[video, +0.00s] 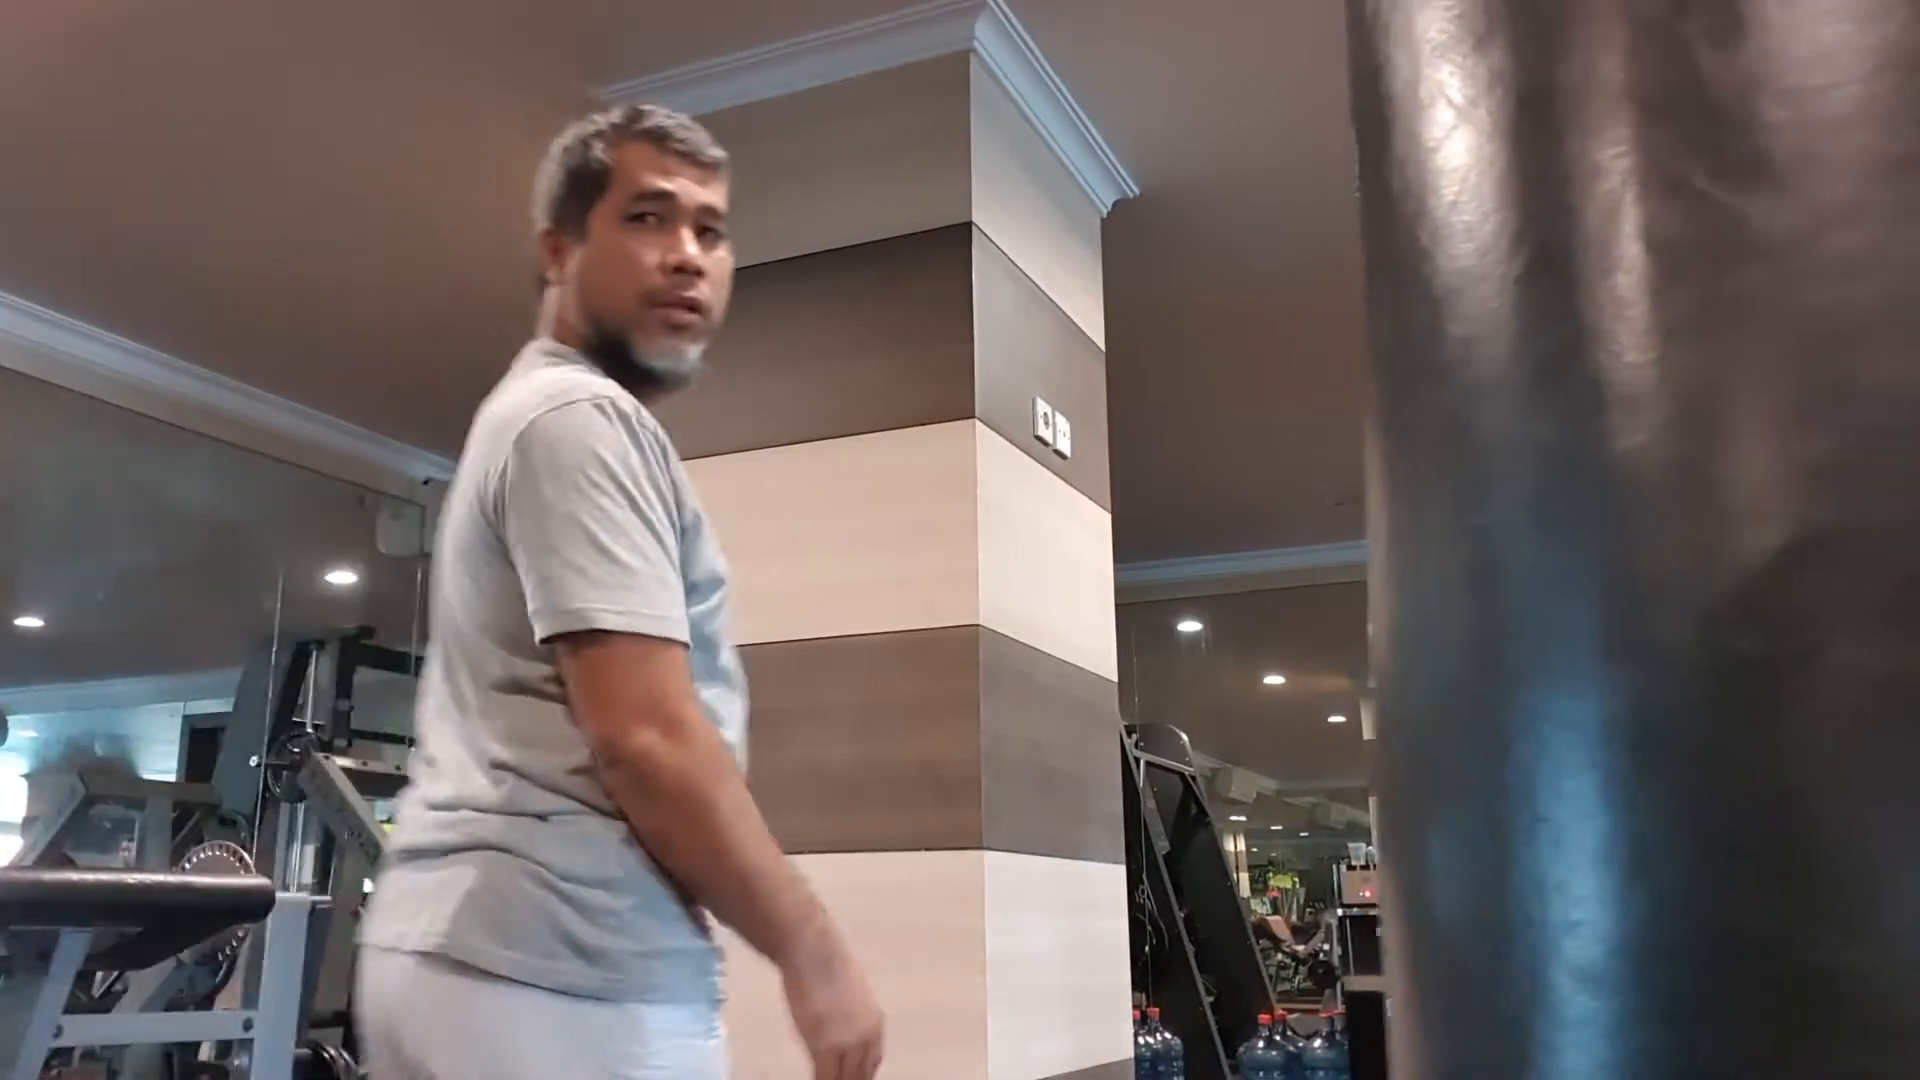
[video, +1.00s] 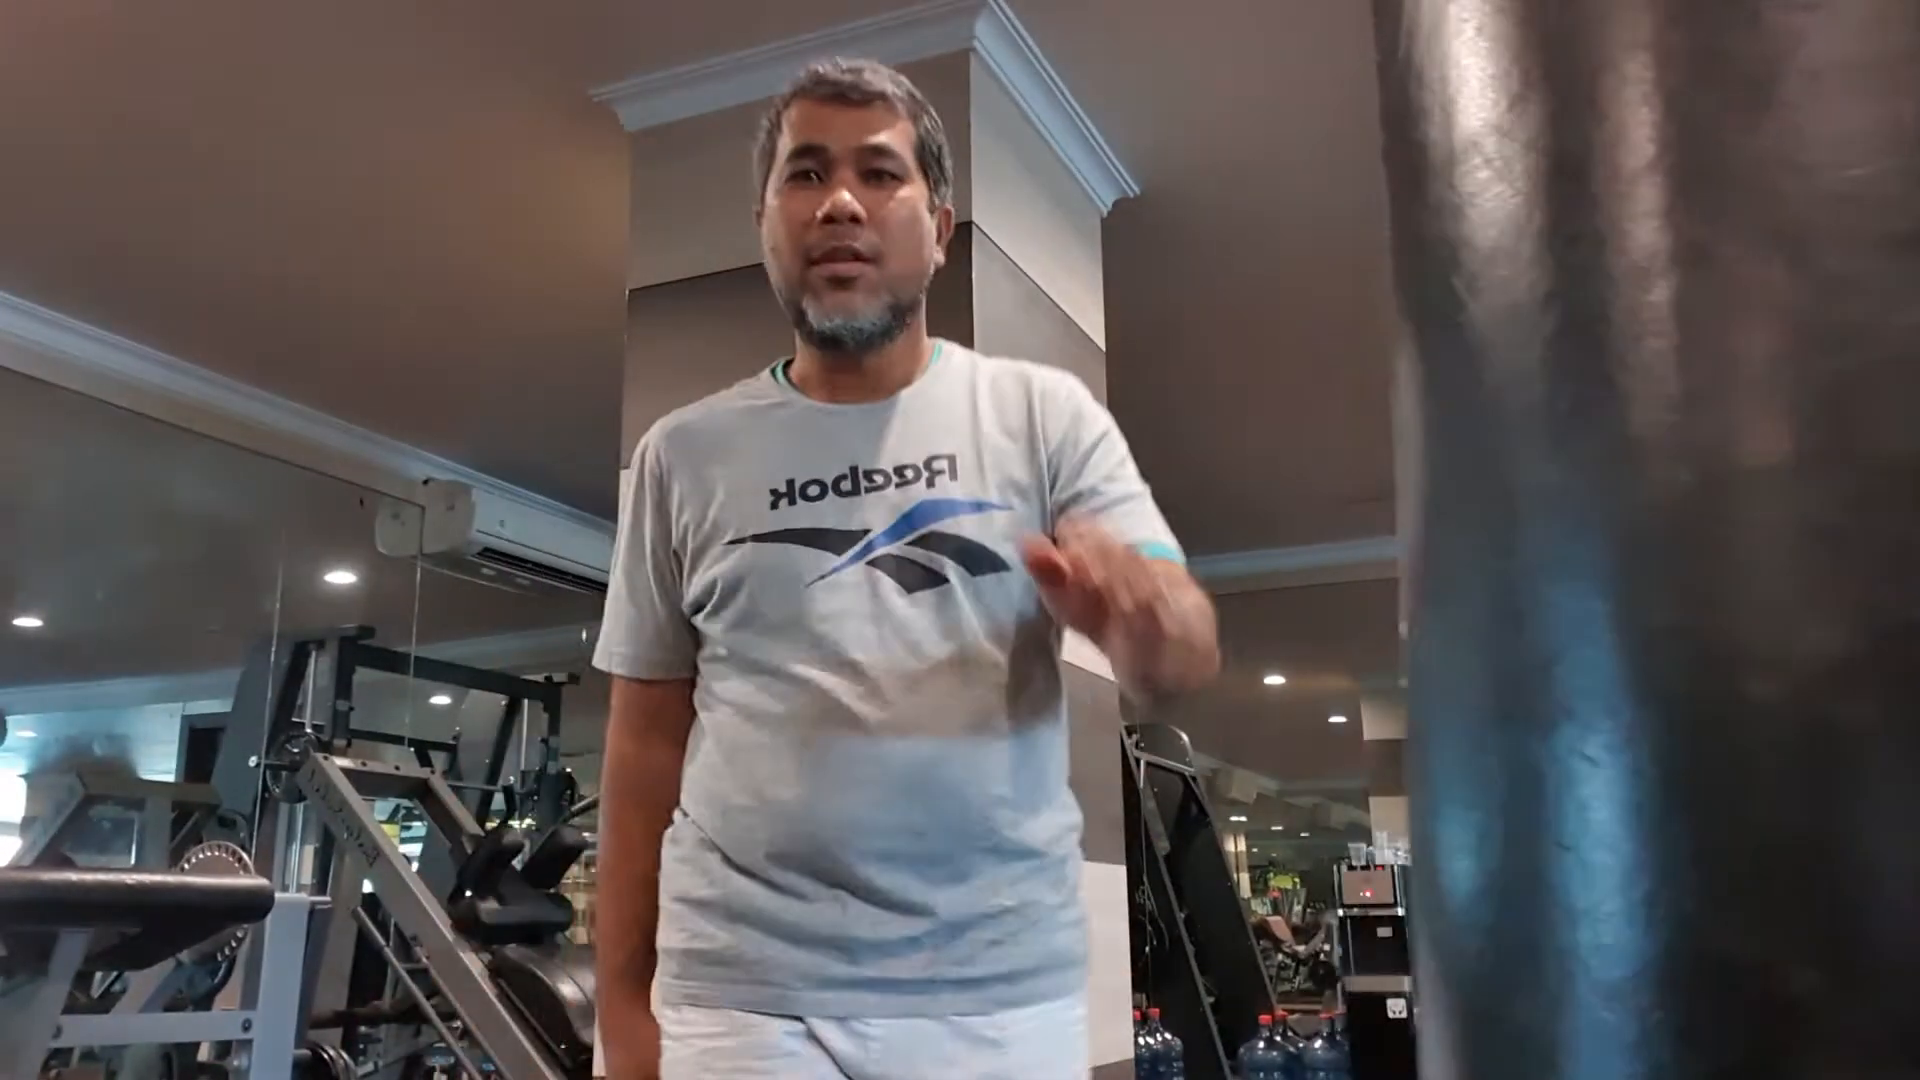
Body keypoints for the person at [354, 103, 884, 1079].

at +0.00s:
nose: (690, 258)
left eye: (710, 230)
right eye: (648, 219)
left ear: (729, 260)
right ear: (560, 249)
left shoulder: (534, 410)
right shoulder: (578, 419)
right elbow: (645, 742)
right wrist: (815, 956)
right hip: (561, 982)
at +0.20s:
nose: (735, 242)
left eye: (764, 218)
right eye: (696, 209)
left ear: (792, 253)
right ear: (628, 243)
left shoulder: (724, 442)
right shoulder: (591, 409)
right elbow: (597, 700)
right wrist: (774, 946)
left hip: (705, 960)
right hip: (594, 964)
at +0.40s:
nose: (790, 258)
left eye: (822, 235)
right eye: (757, 228)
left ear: (864, 280)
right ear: (700, 267)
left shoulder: (866, 484)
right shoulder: (626, 433)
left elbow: (887, 718)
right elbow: (546, 692)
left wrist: (979, 915)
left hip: (838, 974)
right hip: (673, 974)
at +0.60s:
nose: (835, 259)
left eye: (871, 235)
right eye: (802, 231)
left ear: (919, 280)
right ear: (753, 272)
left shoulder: (963, 497)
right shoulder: (665, 454)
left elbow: (1030, 719)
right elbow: (547, 703)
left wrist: (1146, 879)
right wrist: (436, 959)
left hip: (910, 958)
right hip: (714, 937)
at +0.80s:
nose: (854, 235)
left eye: (889, 207)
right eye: (820, 207)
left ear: (943, 256)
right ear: (776, 252)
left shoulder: (1031, 458)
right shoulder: (682, 459)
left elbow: (1119, 650)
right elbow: (610, 726)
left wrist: (1165, 725)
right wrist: (555, 988)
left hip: (957, 971)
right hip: (726, 961)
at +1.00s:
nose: (839, 202)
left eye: (879, 174)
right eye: (805, 173)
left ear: (941, 228)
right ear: (764, 225)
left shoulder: (1046, 416)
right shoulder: (681, 458)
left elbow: (1189, 664)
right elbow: (646, 733)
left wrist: (1135, 612)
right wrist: (624, 1004)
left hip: (999, 1007)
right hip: (745, 1006)